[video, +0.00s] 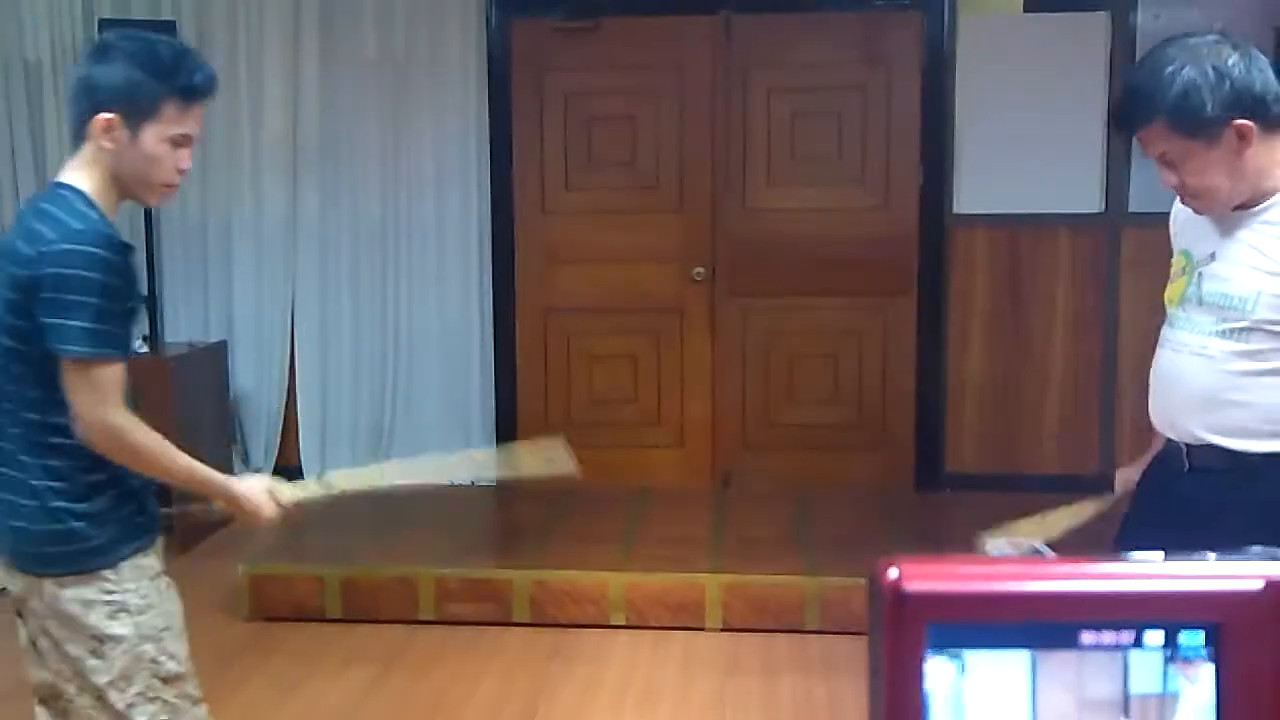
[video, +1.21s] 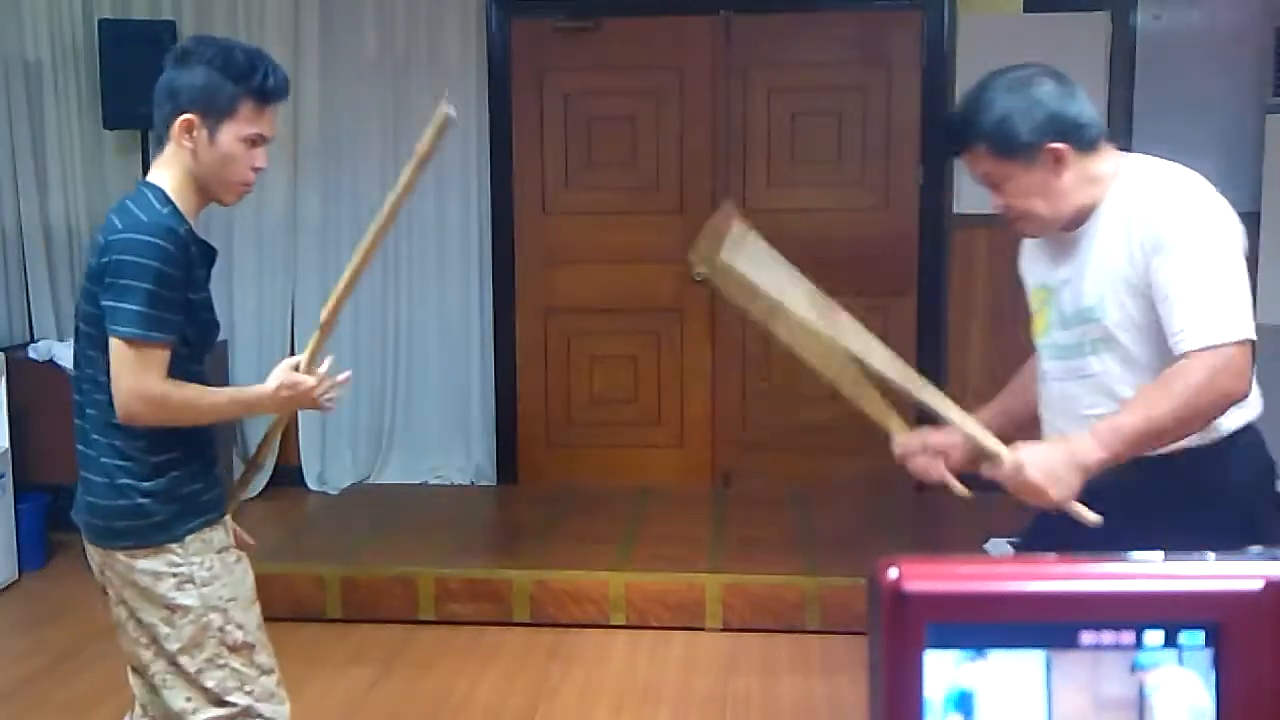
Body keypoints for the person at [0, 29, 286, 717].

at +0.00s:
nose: (187, 165)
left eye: (192, 145)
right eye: (175, 143)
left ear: (106, 135)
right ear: (109, 131)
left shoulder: (44, 221)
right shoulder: (85, 244)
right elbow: (99, 419)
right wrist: (229, 490)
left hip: (36, 537)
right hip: (87, 549)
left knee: (68, 708)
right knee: (162, 708)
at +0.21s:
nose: (260, 170)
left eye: (264, 152)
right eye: (250, 149)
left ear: (181, 137)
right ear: (185, 134)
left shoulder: (90, 226)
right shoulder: (166, 259)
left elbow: (44, 357)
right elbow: (193, 437)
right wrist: (283, 550)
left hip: (78, 531)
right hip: (152, 544)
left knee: (106, 707)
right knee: (239, 705)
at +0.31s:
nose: (290, 167)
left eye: (295, 148)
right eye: (281, 146)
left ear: (212, 132)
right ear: (218, 131)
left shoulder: (125, 213)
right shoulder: (194, 252)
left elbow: (110, 382)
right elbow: (205, 432)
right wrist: (285, 548)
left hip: (95, 515)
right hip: (166, 535)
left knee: (125, 708)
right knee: (241, 708)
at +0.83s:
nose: (265, 174)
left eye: (269, 155)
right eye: (255, 154)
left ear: (195, 146)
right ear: (193, 143)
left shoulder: (169, 237)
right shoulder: (154, 250)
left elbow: (180, 405)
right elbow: (165, 420)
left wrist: (230, 477)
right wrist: (294, 489)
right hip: (155, 533)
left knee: (173, 705)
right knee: (238, 707)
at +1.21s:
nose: (263, 163)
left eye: (266, 145)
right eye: (253, 142)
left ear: (192, 137)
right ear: (189, 133)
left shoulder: (161, 227)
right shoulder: (150, 236)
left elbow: (160, 400)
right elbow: (136, 398)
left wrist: (207, 511)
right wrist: (268, 398)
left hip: (148, 518)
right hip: (160, 526)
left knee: (166, 705)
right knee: (245, 705)